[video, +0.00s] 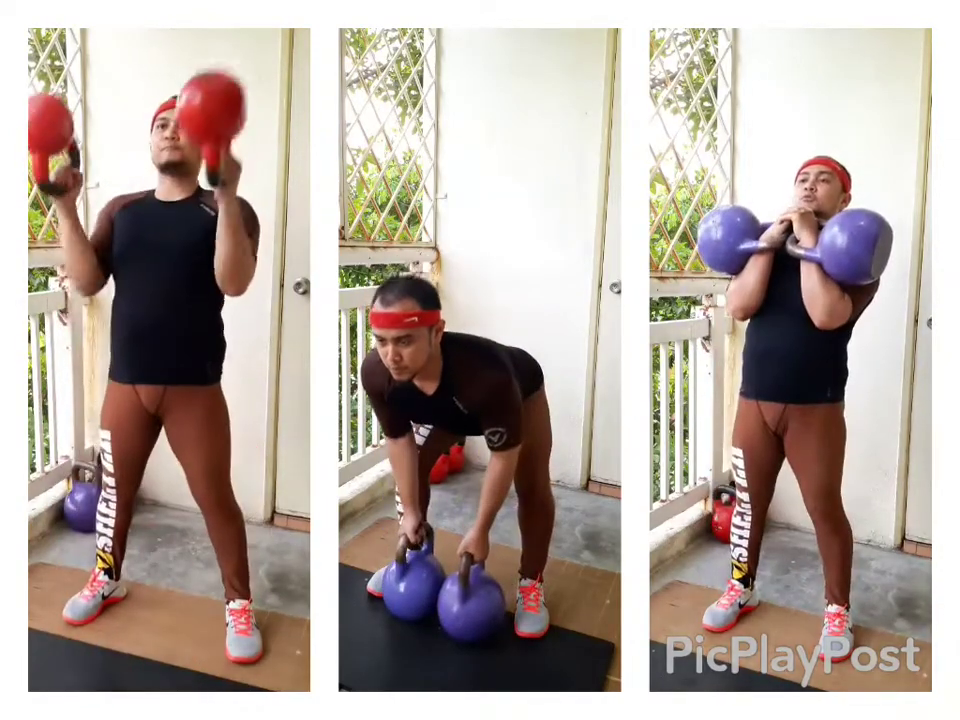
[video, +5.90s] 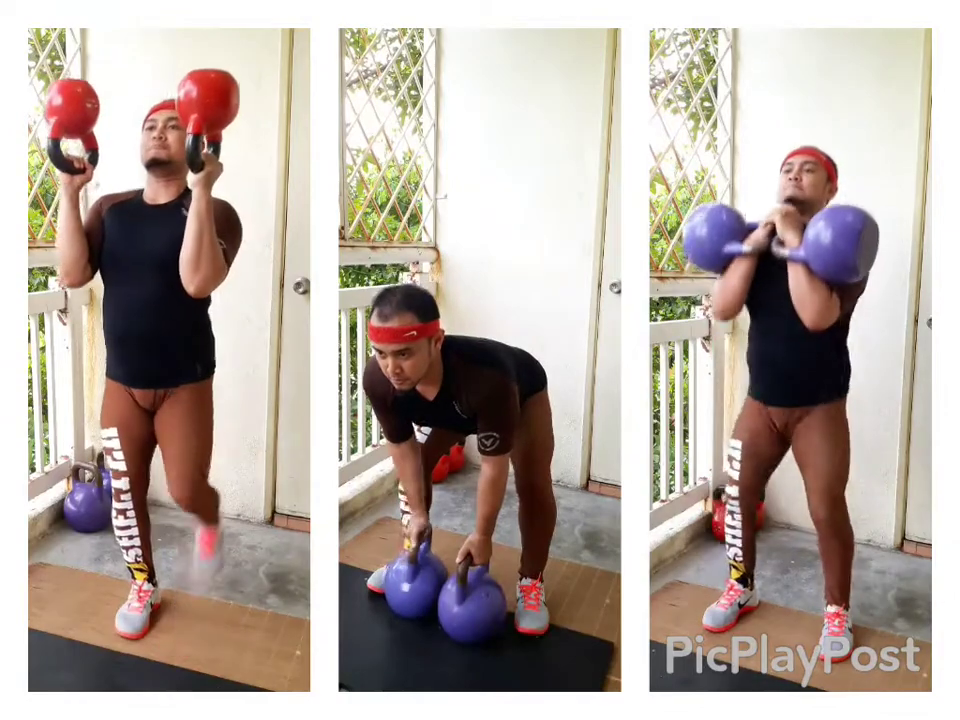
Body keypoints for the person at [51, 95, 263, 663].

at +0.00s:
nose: (169, 129)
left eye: (181, 121)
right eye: (161, 123)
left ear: (204, 143)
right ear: (150, 143)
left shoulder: (229, 212)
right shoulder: (122, 209)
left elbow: (234, 282)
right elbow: (87, 280)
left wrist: (226, 194)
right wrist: (66, 203)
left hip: (194, 385)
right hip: (126, 380)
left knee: (215, 498)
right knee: (116, 488)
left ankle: (239, 603)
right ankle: (106, 576)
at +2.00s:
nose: (149, 129)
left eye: (163, 123)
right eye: (142, 122)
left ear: (186, 144)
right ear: (130, 140)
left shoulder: (198, 212)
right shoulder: (97, 200)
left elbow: (186, 276)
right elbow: (55, 261)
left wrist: (199, 187)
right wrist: (58, 175)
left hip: (162, 380)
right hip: (97, 375)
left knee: (175, 495)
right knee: (101, 485)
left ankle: (192, 594)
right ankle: (105, 577)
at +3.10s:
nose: (188, 127)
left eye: (203, 119)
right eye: (180, 121)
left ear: (227, 138)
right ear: (169, 142)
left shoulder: (247, 205)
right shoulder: (140, 203)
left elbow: (235, 271)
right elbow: (100, 268)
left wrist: (235, 180)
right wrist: (98, 186)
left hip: (211, 381)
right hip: (146, 378)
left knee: (199, 497)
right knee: (140, 490)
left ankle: (191, 595)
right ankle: (166, 546)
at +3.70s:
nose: (190, 204)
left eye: (204, 196)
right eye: (181, 197)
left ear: (225, 213)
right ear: (171, 215)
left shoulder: (248, 278)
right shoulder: (147, 275)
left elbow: (235, 344)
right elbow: (114, 342)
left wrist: (237, 254)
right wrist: (104, 261)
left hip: (226, 414)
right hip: (168, 412)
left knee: (185, 504)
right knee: (175, 473)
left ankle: (187, 600)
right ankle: (212, 504)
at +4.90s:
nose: (198, 122)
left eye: (211, 116)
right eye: (191, 117)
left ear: (236, 136)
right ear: (180, 137)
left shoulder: (258, 208)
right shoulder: (149, 202)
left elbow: (240, 276)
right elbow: (110, 268)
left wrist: (243, 180)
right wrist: (104, 184)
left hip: (216, 380)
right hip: (154, 373)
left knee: (201, 494)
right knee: (144, 479)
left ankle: (191, 597)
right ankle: (172, 538)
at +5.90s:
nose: (159, 134)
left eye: (172, 126)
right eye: (150, 127)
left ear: (195, 144)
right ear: (139, 146)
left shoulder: (216, 214)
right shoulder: (110, 207)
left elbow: (198, 282)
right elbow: (73, 274)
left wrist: (201, 189)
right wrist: (70, 194)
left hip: (185, 381)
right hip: (122, 379)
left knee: (186, 493)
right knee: (126, 493)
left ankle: (212, 517)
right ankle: (142, 584)